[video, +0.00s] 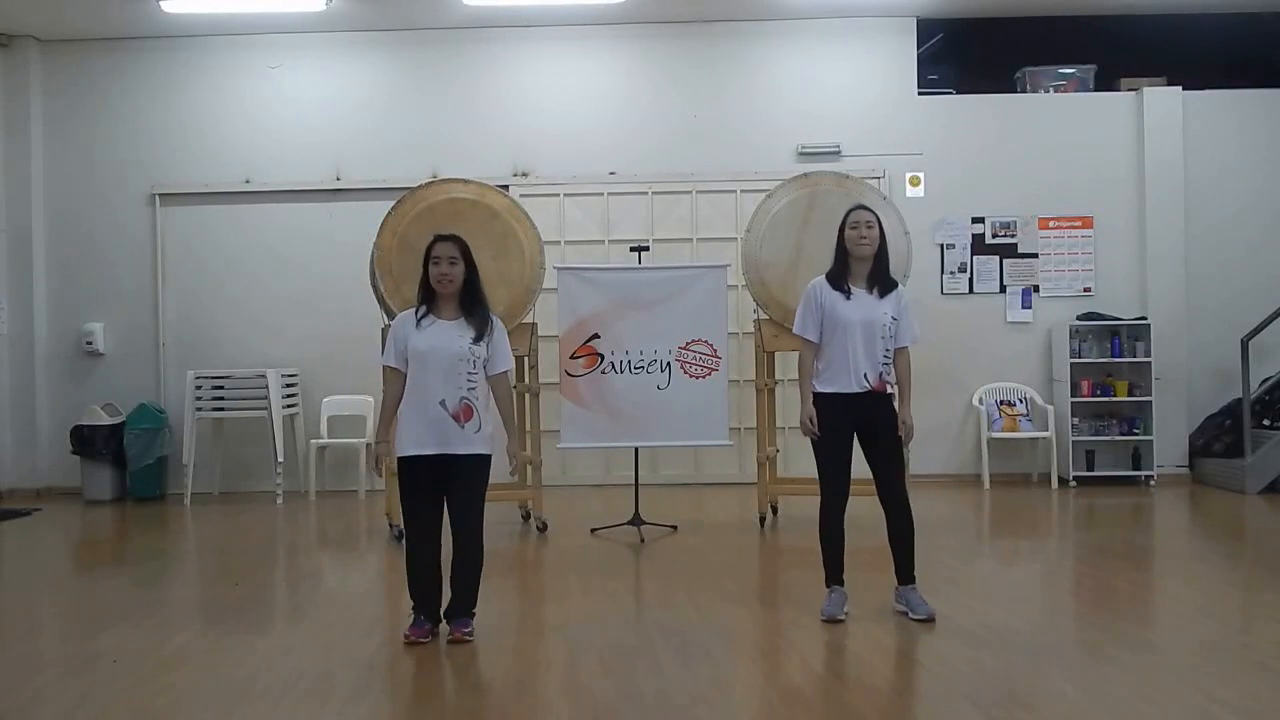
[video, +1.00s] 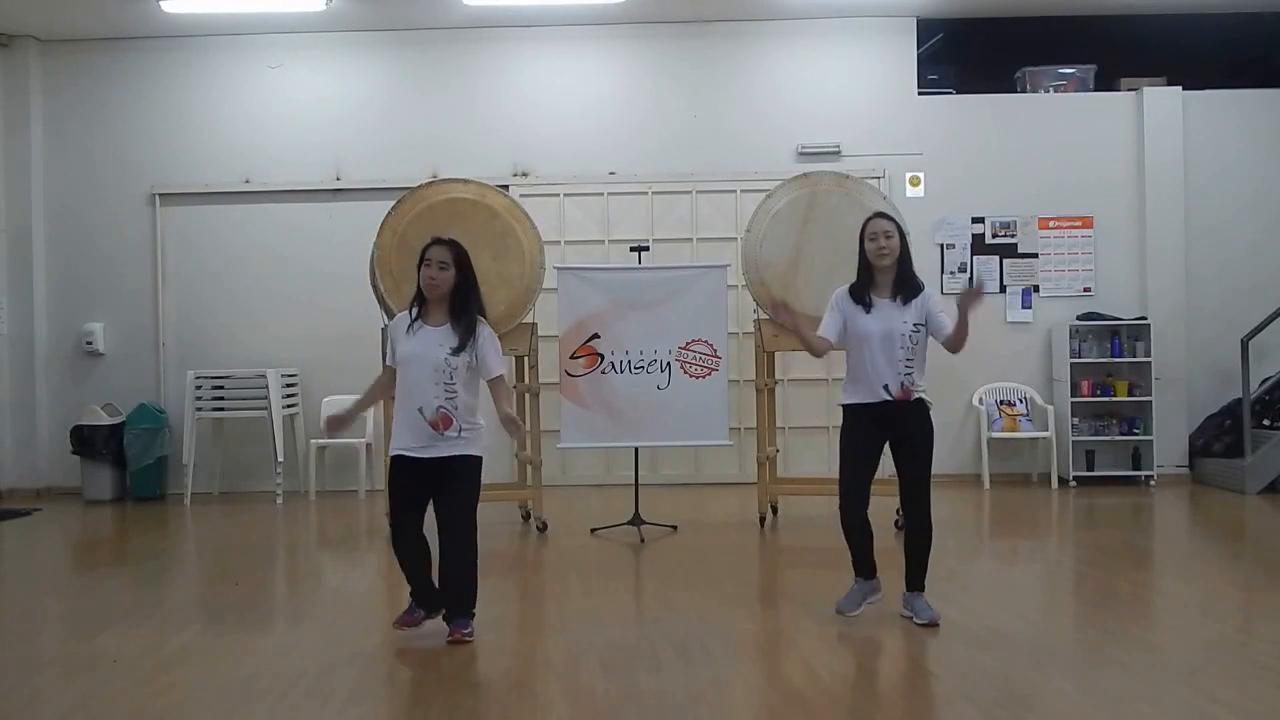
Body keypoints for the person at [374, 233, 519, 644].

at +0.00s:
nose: (443, 269)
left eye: (453, 262)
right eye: (436, 262)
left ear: (467, 270)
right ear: (426, 270)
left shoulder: (487, 326)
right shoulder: (404, 324)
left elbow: (501, 386)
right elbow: (393, 385)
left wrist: (514, 439)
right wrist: (381, 437)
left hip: (471, 449)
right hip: (416, 449)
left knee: (467, 535)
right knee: (421, 537)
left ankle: (461, 615)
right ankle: (424, 615)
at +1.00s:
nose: (431, 273)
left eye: (442, 267)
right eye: (426, 265)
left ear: (458, 277)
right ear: (418, 273)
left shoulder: (476, 330)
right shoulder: (399, 326)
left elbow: (497, 381)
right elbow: (390, 377)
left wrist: (506, 412)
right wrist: (351, 412)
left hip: (460, 450)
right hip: (409, 450)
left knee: (458, 532)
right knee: (403, 529)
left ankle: (460, 614)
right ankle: (425, 596)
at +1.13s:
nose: (425, 268)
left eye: (437, 262)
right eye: (421, 260)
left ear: (453, 274)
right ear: (413, 268)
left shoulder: (467, 324)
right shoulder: (394, 321)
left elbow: (479, 381)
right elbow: (371, 370)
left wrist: (462, 369)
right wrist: (324, 368)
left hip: (453, 448)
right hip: (402, 446)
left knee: (455, 535)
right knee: (385, 524)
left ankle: (459, 616)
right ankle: (401, 592)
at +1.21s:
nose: (419, 262)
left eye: (431, 258)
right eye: (414, 255)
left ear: (447, 270)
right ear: (406, 264)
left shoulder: (457, 319)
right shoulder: (384, 318)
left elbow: (454, 371)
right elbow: (359, 368)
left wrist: (417, 340)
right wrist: (339, 344)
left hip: (445, 445)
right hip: (392, 444)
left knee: (452, 531)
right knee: (375, 529)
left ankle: (459, 616)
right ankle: (370, 611)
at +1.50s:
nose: (390, 263)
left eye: (399, 258)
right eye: (382, 257)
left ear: (413, 272)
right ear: (371, 271)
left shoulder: (428, 321)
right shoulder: (352, 322)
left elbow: (447, 368)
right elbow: (310, 361)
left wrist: (430, 359)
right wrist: (284, 355)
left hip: (411, 448)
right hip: (357, 449)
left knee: (425, 533)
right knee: (356, 537)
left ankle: (452, 614)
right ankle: (360, 619)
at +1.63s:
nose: (375, 267)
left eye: (382, 261)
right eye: (366, 262)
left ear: (395, 274)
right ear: (354, 277)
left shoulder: (421, 326)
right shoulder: (337, 330)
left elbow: (462, 361)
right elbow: (288, 368)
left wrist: (503, 367)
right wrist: (222, 378)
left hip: (405, 450)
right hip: (351, 452)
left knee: (406, 532)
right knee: (351, 539)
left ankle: (417, 607)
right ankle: (360, 618)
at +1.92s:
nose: (367, 267)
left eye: (372, 259)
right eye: (355, 264)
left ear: (386, 270)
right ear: (345, 281)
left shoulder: (416, 321)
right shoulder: (334, 329)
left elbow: (472, 335)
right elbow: (287, 360)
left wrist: (522, 312)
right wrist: (230, 361)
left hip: (407, 451)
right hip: (351, 455)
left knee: (413, 538)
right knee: (354, 541)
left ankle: (404, 603)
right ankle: (359, 619)